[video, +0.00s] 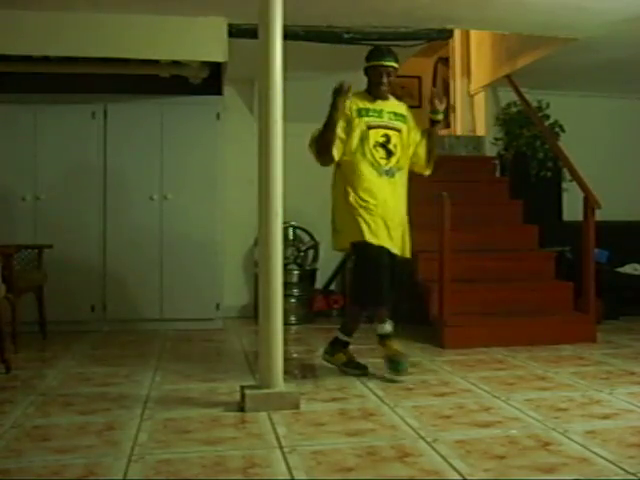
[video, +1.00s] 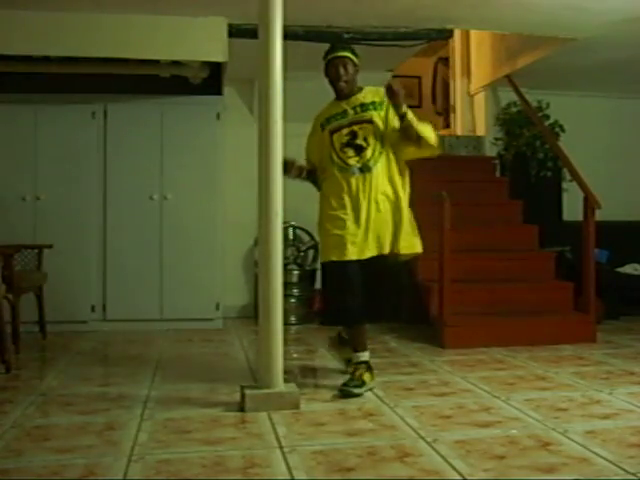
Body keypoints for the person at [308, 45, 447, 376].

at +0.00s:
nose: (383, 78)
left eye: (389, 72)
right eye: (377, 71)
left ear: (395, 76)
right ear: (367, 73)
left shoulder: (402, 112)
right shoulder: (350, 105)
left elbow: (423, 163)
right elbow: (324, 156)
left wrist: (435, 122)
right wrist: (336, 110)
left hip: (392, 207)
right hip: (360, 203)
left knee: (368, 277)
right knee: (379, 267)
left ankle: (339, 344)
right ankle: (388, 342)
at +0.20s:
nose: (374, 80)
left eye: (381, 74)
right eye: (368, 74)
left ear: (389, 76)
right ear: (357, 75)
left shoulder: (406, 113)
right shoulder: (341, 110)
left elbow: (444, 139)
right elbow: (323, 156)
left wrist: (434, 99)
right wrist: (323, 177)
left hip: (389, 209)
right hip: (352, 206)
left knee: (369, 280)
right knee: (354, 275)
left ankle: (337, 345)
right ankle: (352, 346)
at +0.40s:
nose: (362, 82)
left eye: (368, 76)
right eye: (355, 76)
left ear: (376, 78)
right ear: (344, 77)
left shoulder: (401, 110)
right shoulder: (332, 115)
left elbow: (444, 126)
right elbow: (321, 162)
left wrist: (424, 88)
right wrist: (311, 199)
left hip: (383, 213)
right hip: (342, 213)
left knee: (362, 286)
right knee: (346, 286)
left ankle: (337, 348)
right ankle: (358, 353)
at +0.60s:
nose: (350, 75)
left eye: (356, 69)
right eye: (344, 70)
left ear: (366, 73)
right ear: (335, 76)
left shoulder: (393, 104)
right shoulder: (327, 118)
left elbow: (437, 120)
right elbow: (316, 173)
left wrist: (414, 90)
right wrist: (300, 203)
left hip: (383, 205)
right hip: (340, 204)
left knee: (364, 279)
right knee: (341, 270)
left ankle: (337, 344)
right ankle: (357, 344)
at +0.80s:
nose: (344, 75)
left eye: (350, 68)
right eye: (337, 70)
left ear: (360, 72)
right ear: (329, 77)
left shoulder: (387, 98)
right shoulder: (324, 122)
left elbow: (433, 115)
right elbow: (321, 173)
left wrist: (407, 82)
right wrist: (296, 180)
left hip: (383, 207)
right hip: (341, 211)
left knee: (365, 284)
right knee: (346, 282)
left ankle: (338, 346)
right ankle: (355, 356)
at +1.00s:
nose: (340, 74)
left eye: (346, 67)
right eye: (333, 69)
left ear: (357, 70)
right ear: (326, 76)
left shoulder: (381, 101)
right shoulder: (322, 121)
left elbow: (426, 145)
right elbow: (325, 178)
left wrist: (403, 111)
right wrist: (304, 171)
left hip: (382, 216)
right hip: (340, 221)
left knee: (374, 288)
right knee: (347, 292)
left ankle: (348, 337)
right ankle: (361, 364)